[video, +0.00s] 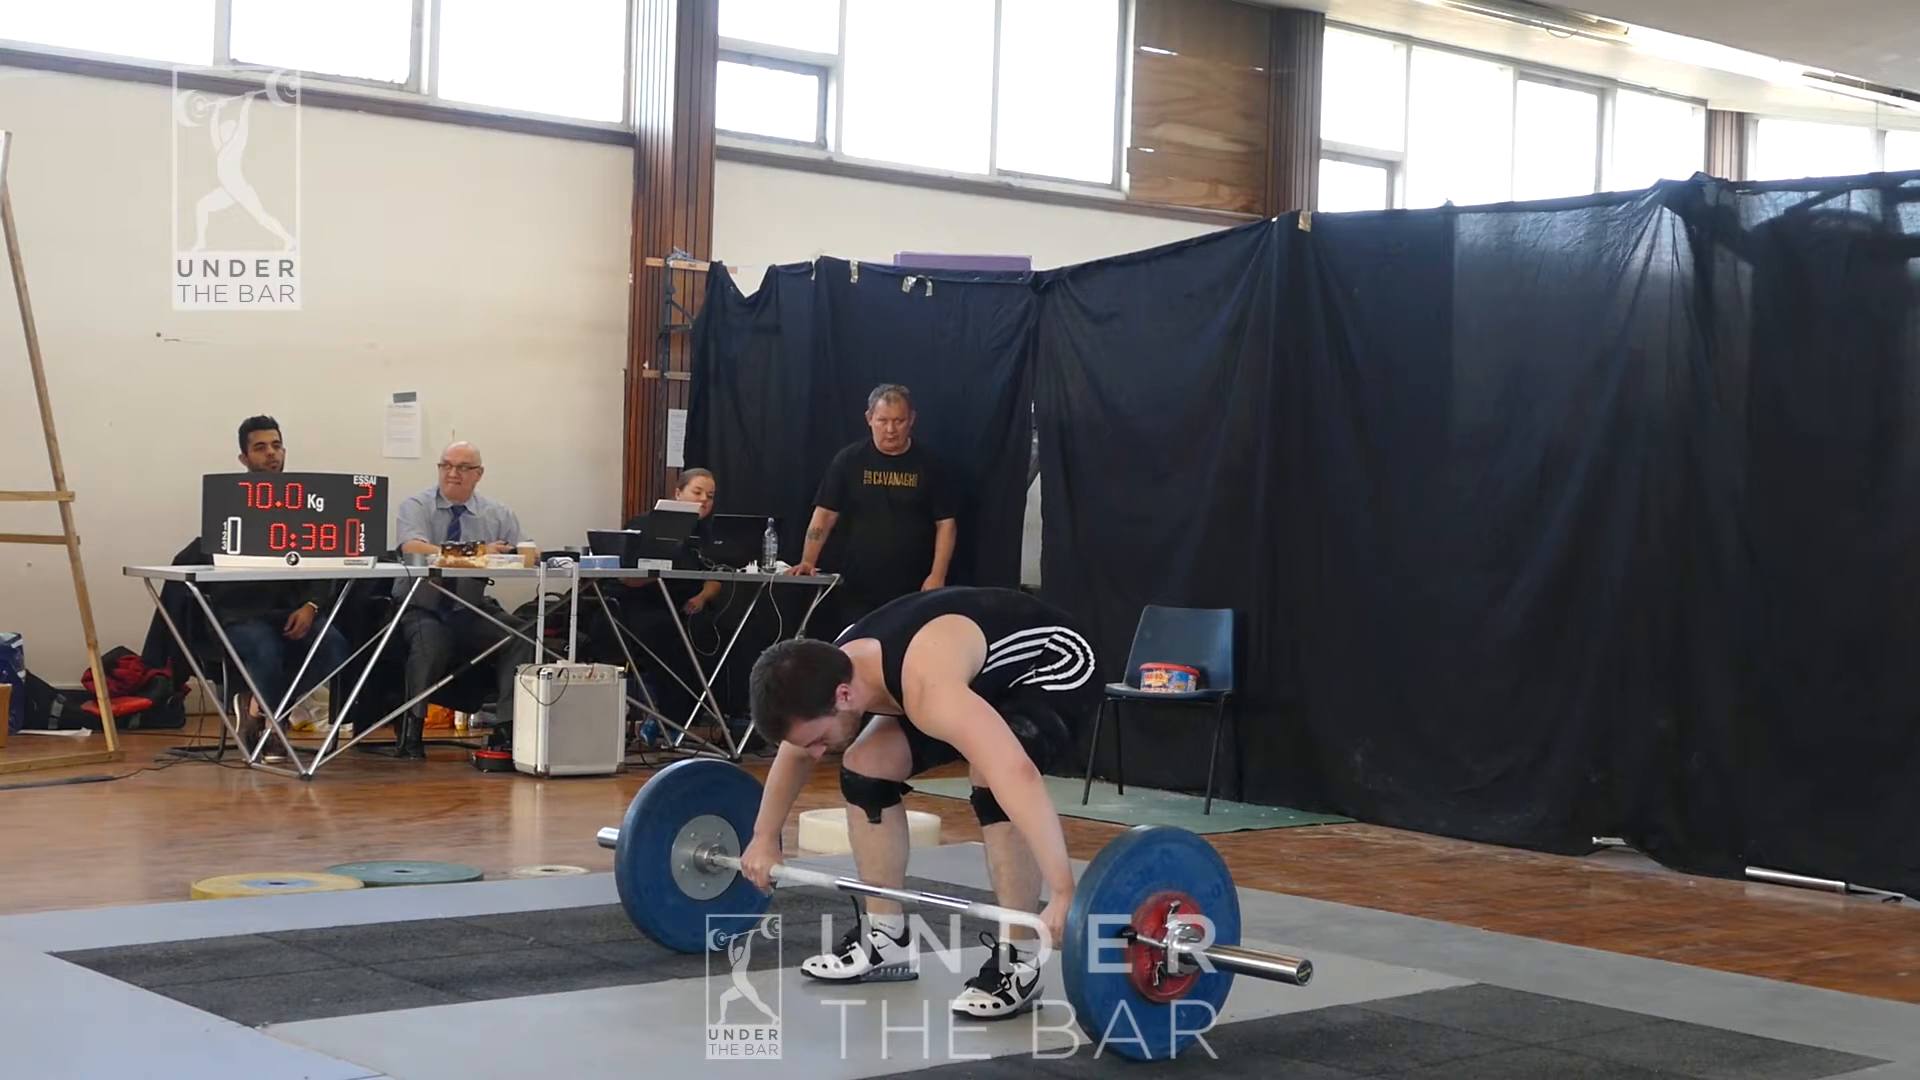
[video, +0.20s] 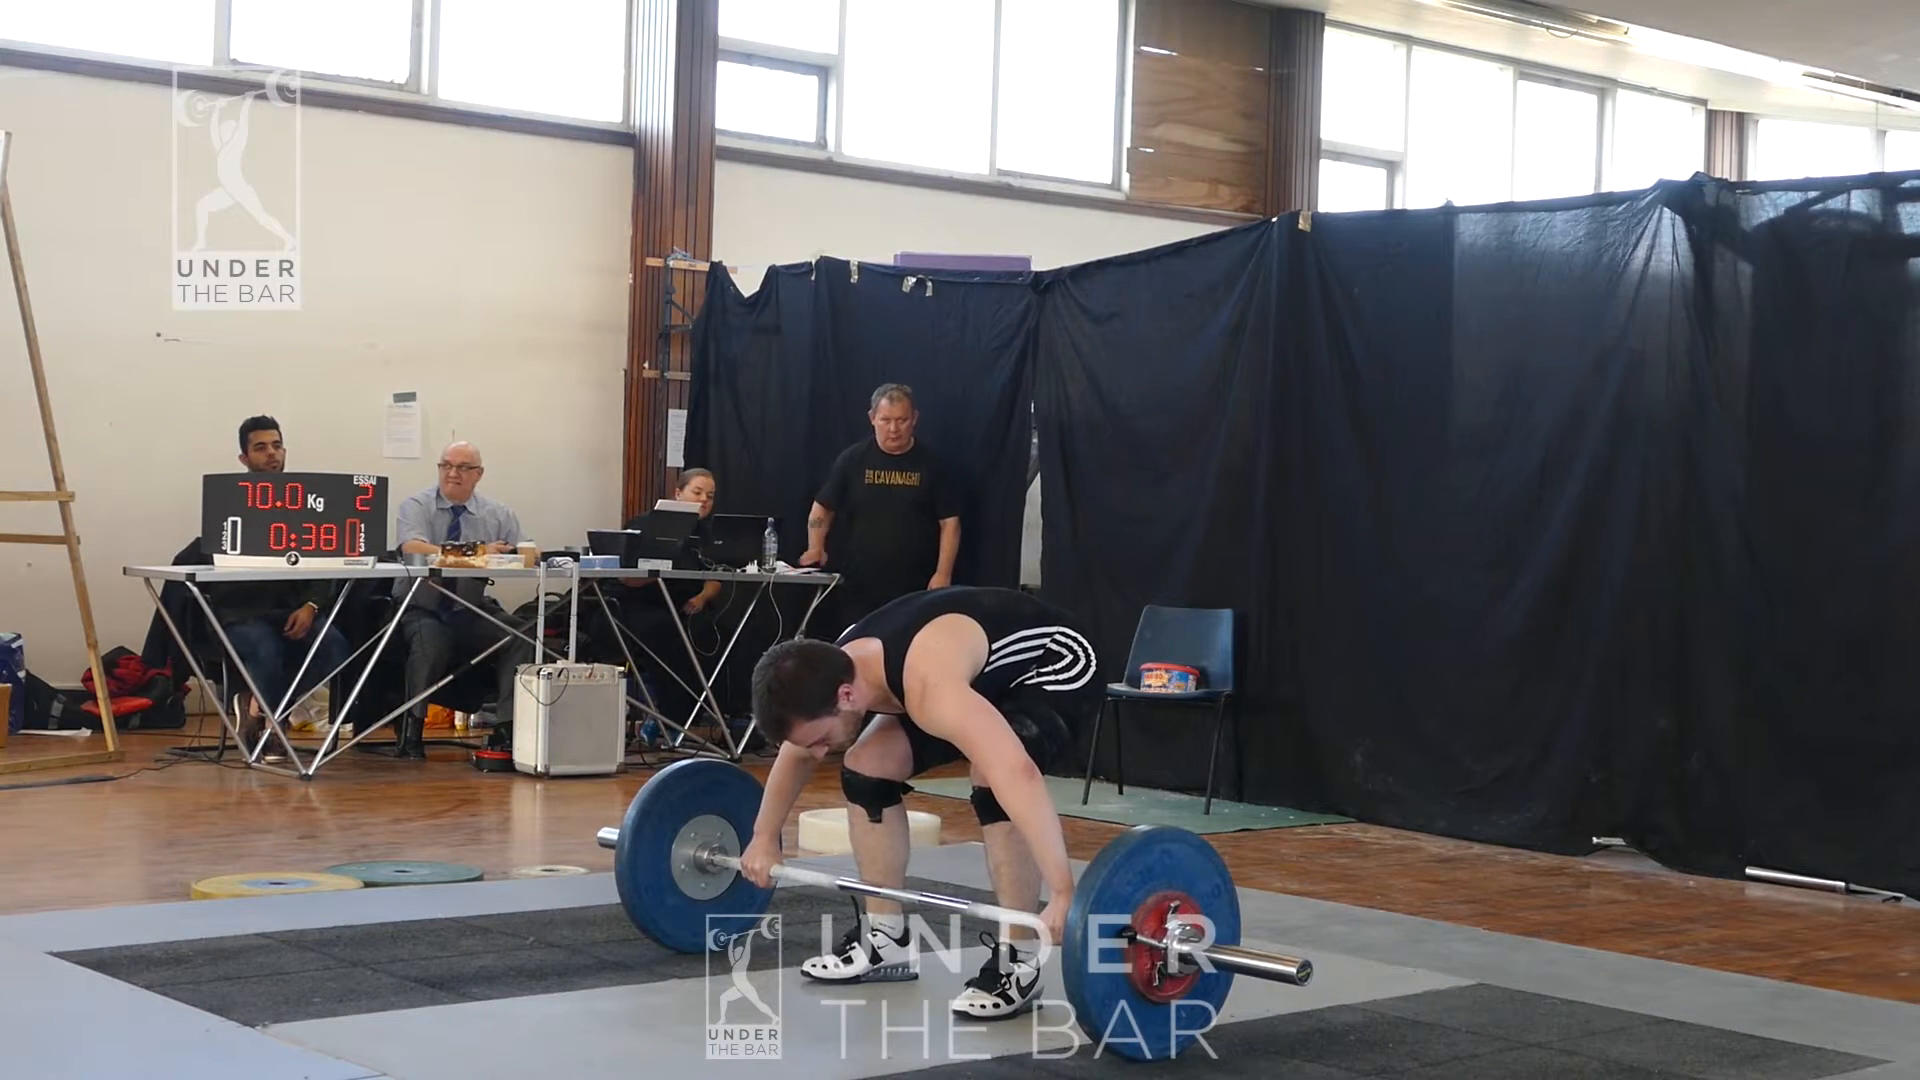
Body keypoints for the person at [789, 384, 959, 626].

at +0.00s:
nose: (890, 429)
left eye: (898, 421)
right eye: (882, 420)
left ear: (911, 420)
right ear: (869, 419)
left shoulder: (930, 464)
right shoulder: (849, 461)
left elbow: (946, 525)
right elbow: (824, 514)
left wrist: (937, 577)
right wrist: (808, 561)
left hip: (910, 588)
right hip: (857, 584)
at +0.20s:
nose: (893, 428)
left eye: (901, 420)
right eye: (886, 420)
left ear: (914, 419)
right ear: (872, 418)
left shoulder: (932, 463)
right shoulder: (853, 460)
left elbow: (950, 523)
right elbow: (822, 507)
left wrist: (943, 573)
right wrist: (815, 548)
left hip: (912, 585)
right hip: (857, 583)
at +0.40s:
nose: (894, 427)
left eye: (902, 419)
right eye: (886, 419)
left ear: (916, 417)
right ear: (873, 418)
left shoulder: (935, 463)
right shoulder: (852, 458)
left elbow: (953, 523)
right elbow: (815, 492)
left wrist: (947, 576)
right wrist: (825, 530)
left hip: (914, 587)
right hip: (860, 585)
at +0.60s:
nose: (895, 426)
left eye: (902, 418)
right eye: (887, 418)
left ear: (916, 417)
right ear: (874, 417)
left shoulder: (935, 462)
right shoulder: (853, 457)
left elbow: (953, 523)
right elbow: (818, 493)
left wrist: (947, 575)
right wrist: (828, 530)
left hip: (914, 587)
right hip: (860, 586)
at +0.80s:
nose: (894, 427)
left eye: (901, 418)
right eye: (886, 418)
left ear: (915, 417)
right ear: (874, 418)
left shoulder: (935, 462)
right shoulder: (854, 458)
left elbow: (953, 522)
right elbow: (820, 495)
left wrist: (946, 575)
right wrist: (834, 532)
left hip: (919, 585)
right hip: (867, 584)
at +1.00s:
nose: (894, 427)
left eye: (902, 418)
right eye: (886, 418)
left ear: (916, 417)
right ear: (874, 418)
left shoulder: (936, 463)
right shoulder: (855, 458)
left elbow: (954, 522)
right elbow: (819, 493)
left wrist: (946, 575)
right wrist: (836, 545)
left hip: (918, 582)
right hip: (862, 581)